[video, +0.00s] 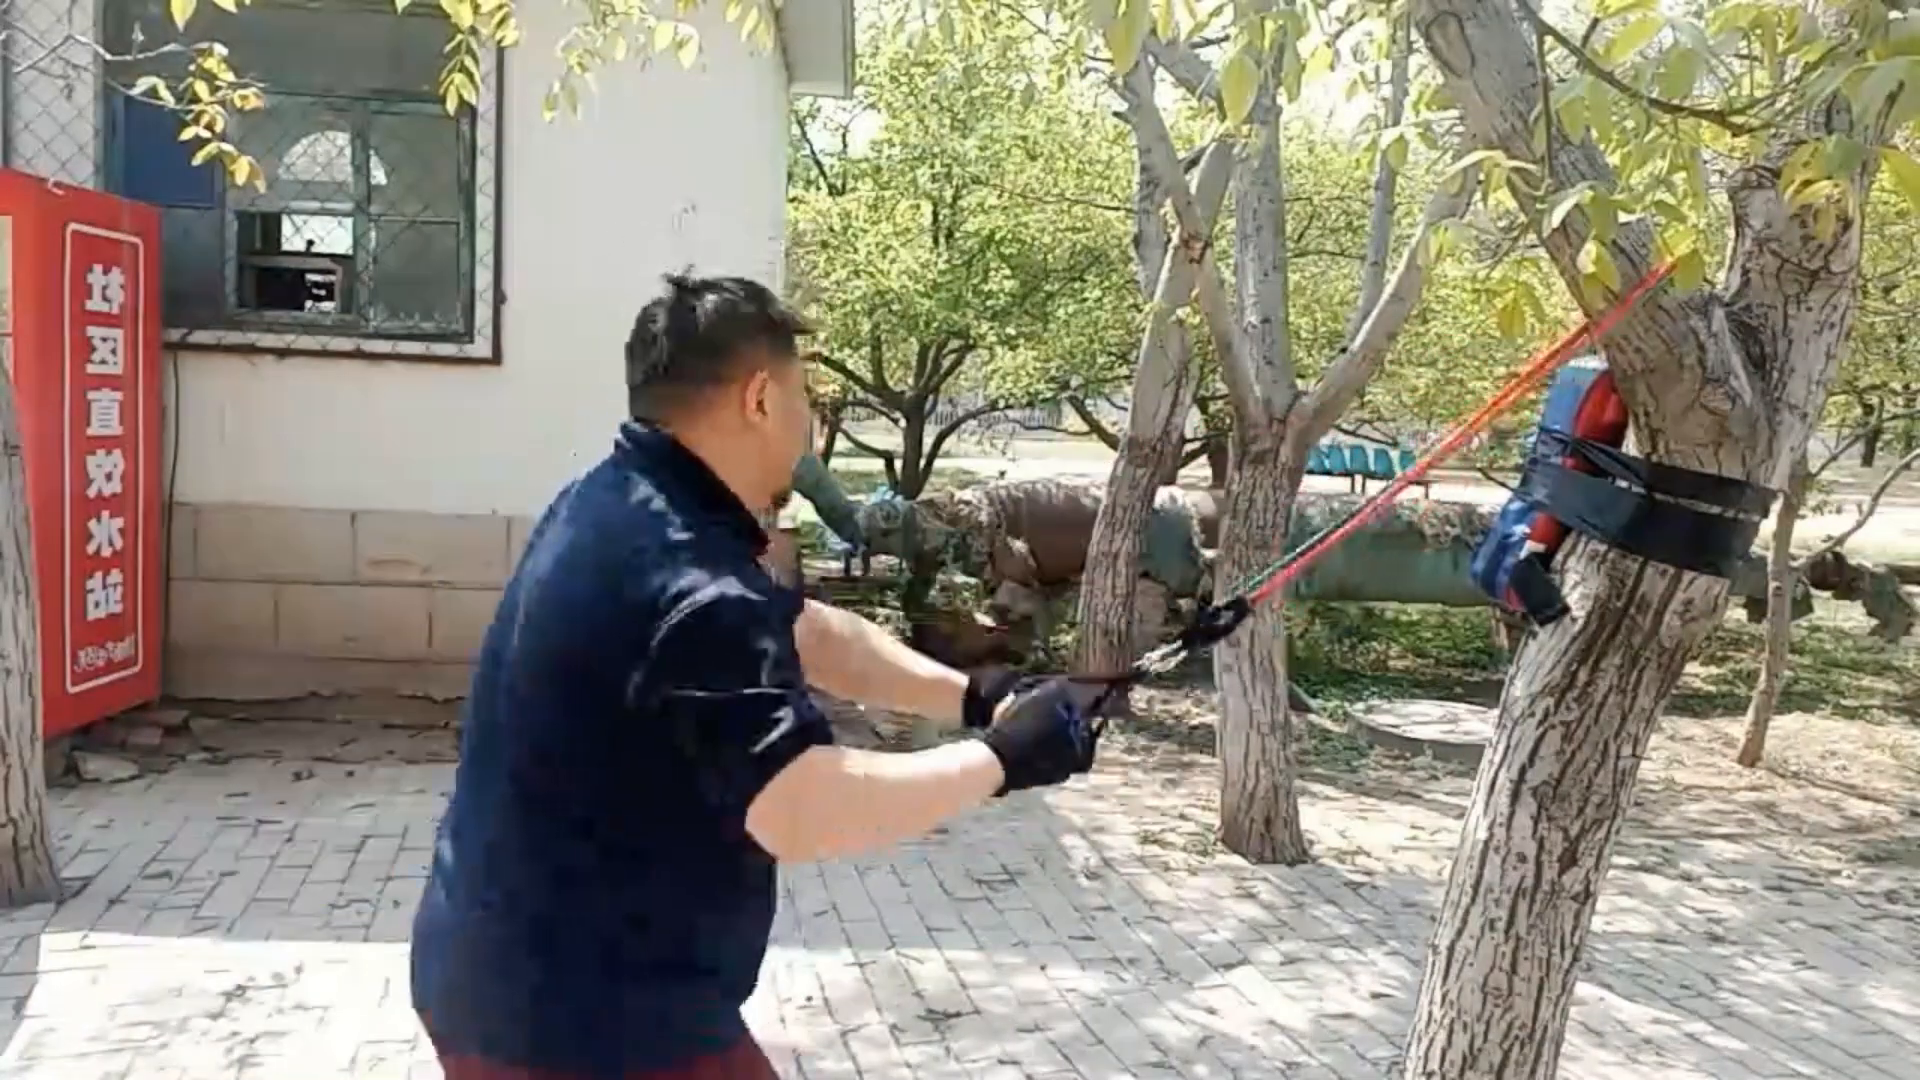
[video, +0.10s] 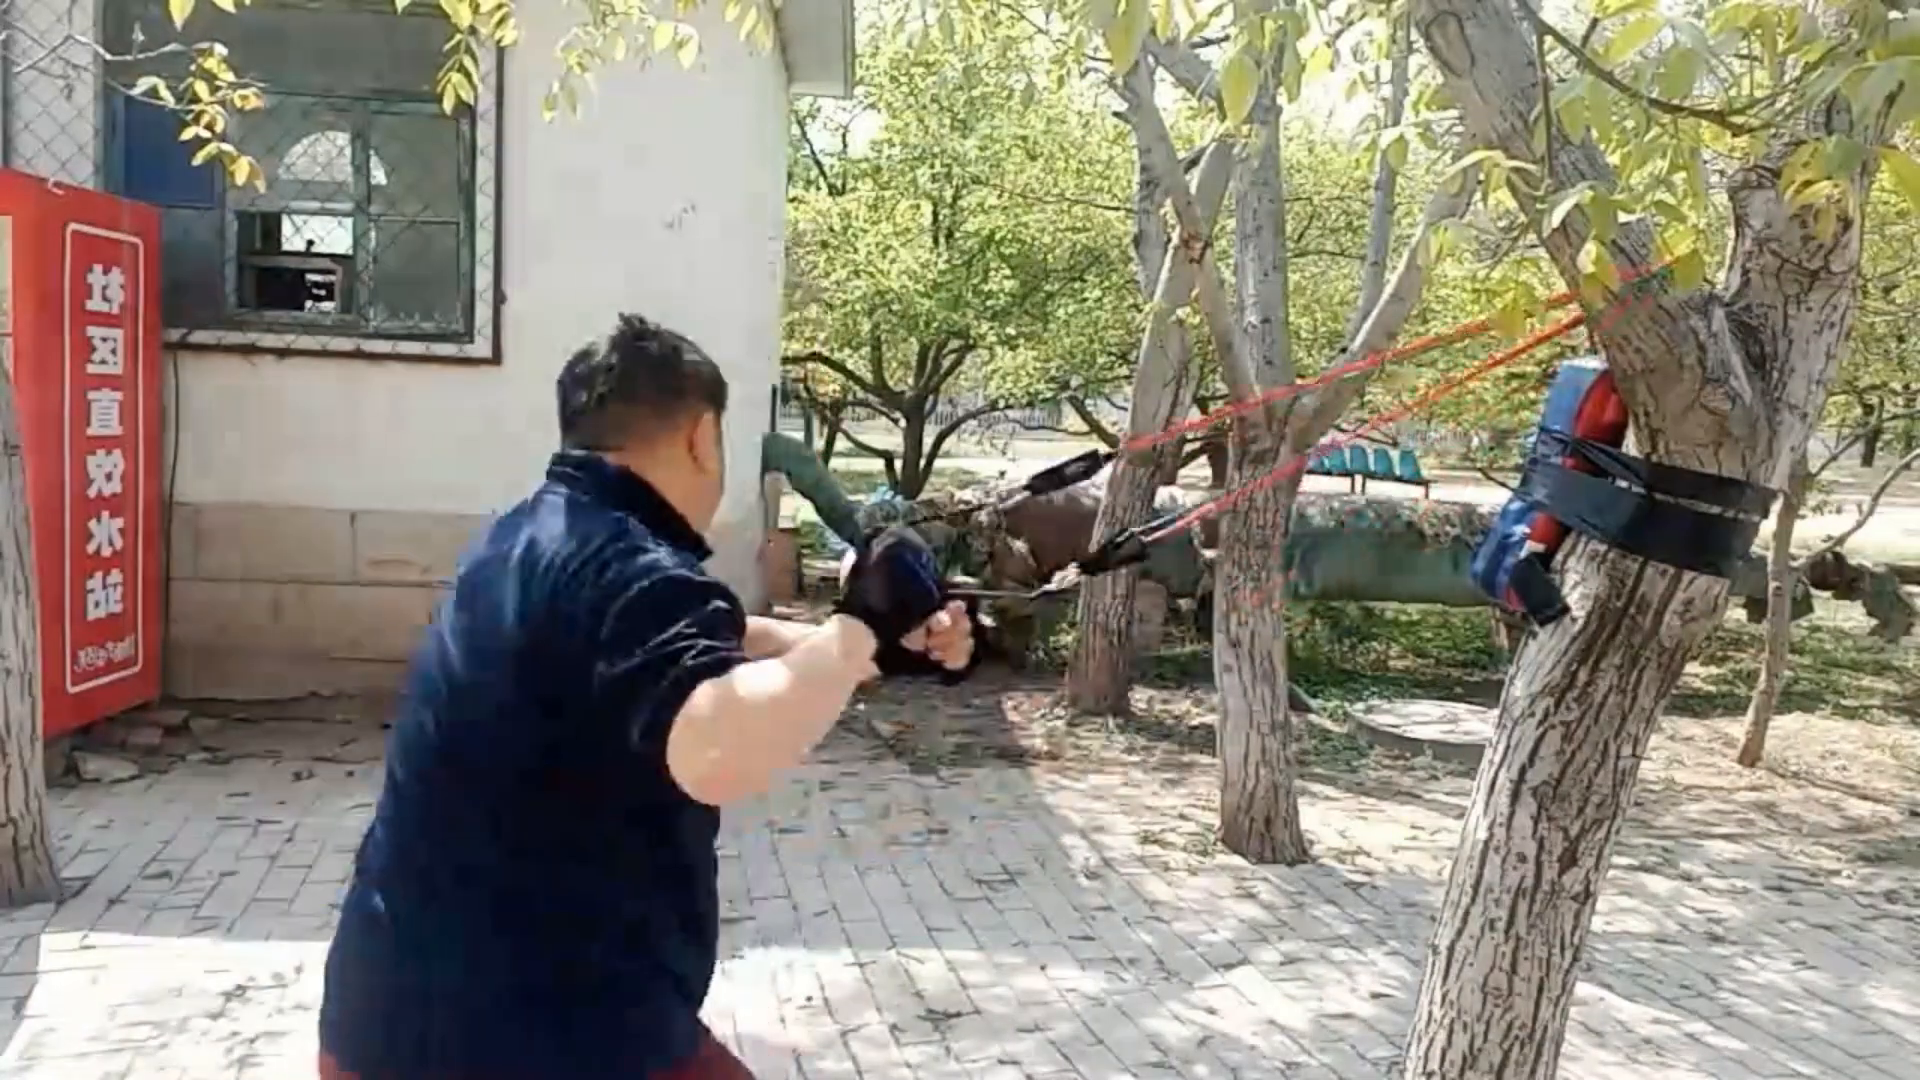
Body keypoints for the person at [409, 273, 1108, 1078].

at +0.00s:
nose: (812, 423)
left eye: (807, 395)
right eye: (804, 393)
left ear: (657, 394)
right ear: (757, 400)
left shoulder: (608, 507)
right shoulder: (701, 592)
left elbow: (812, 639)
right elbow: (799, 809)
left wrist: (971, 695)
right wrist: (1002, 757)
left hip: (490, 977)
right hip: (608, 1026)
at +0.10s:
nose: (725, 469)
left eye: (722, 441)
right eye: (723, 440)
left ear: (585, 434)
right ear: (697, 440)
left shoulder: (518, 536)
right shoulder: (637, 577)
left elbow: (728, 638)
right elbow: (714, 753)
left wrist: (888, 635)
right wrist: (857, 644)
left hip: (387, 1011)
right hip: (559, 1034)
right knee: (727, 1063)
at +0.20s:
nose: (655, 503)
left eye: (654, 478)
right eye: (655, 476)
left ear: (515, 467)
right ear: (635, 471)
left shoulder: (424, 574)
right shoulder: (621, 592)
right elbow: (750, 745)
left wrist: (801, 670)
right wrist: (824, 630)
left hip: (342, 1038)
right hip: (546, 1044)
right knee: (694, 1058)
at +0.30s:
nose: (529, 576)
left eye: (527, 559)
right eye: (528, 558)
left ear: (371, 564)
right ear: (504, 554)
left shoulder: (267, 685)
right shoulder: (596, 668)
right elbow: (737, 823)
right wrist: (704, 719)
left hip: (304, 1059)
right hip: (534, 1058)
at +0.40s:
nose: (478, 628)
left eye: (479, 611)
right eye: (478, 609)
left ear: (325, 615)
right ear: (453, 601)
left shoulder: (222, 747)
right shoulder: (564, 724)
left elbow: (163, 988)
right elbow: (667, 903)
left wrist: (296, 945)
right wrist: (530, 908)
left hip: (291, 1064)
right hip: (521, 1060)